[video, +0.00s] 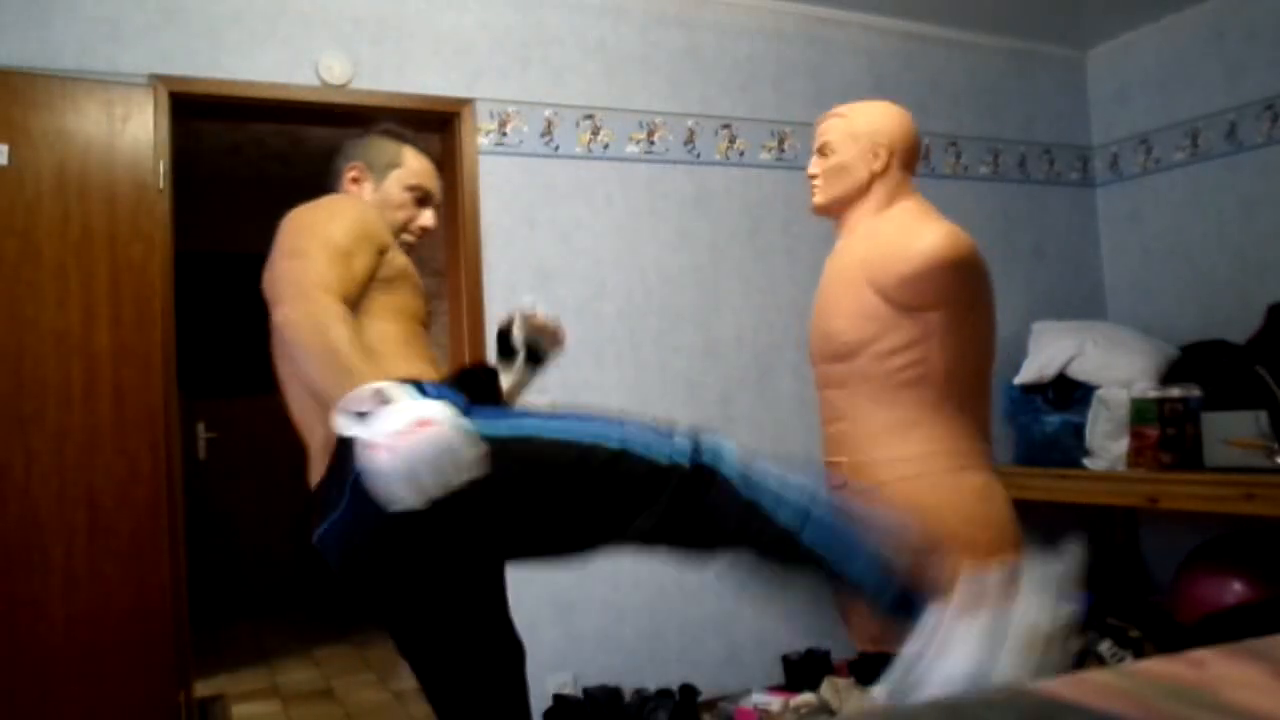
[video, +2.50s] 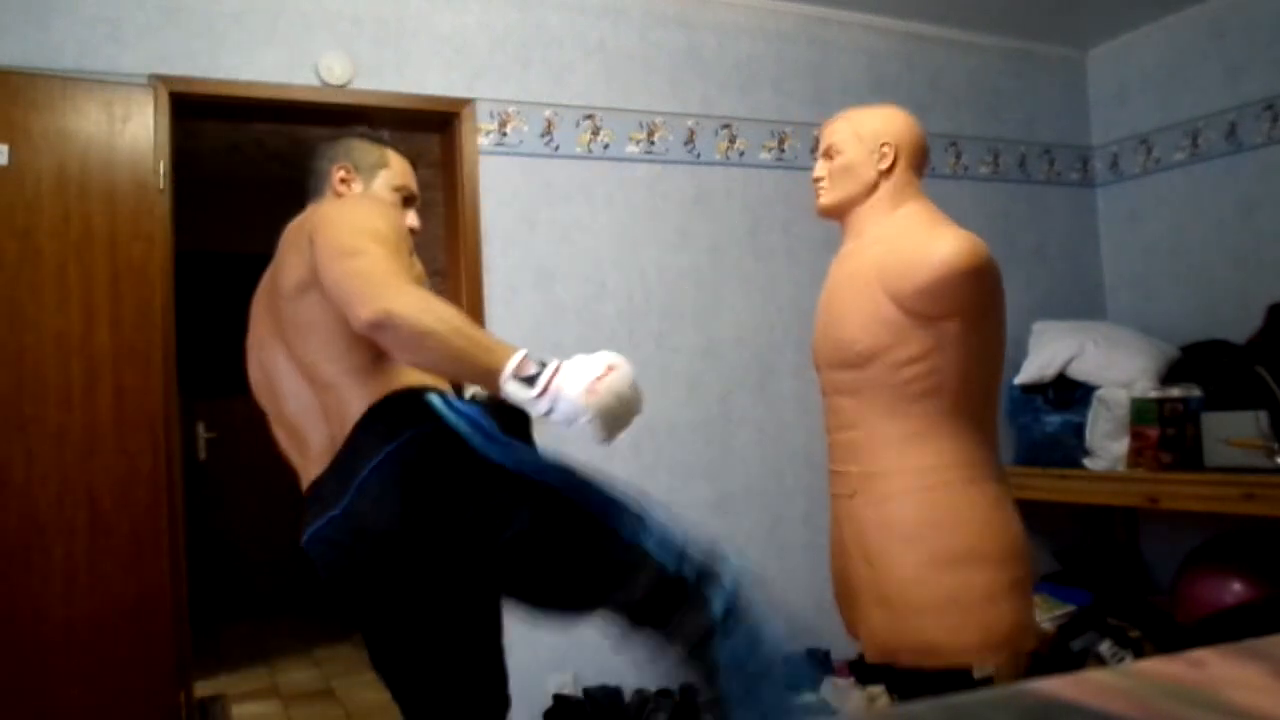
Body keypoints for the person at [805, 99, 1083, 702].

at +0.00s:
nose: (810, 168)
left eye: (825, 153)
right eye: (812, 155)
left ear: (876, 159)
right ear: (871, 162)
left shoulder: (926, 249)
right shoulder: (855, 245)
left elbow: (954, 417)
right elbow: (859, 418)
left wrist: (977, 538)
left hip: (931, 517)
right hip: (870, 509)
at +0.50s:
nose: (801, 163)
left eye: (818, 145)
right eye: (802, 148)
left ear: (877, 153)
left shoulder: (940, 261)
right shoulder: (841, 257)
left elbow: (964, 437)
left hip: (933, 548)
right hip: (863, 544)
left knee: (959, 705)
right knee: (894, 697)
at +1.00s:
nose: (817, 160)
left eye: (836, 144)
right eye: (819, 146)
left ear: (892, 152)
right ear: (886, 154)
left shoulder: (953, 260)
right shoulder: (851, 258)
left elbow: (973, 427)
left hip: (940, 540)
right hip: (871, 537)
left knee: (964, 702)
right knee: (897, 694)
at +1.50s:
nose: (809, 162)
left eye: (827, 145)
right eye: (810, 147)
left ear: (884, 152)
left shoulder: (946, 260)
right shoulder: (842, 261)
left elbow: (966, 431)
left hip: (936, 540)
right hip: (865, 538)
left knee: (960, 703)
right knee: (894, 695)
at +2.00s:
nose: (812, 160)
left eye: (830, 144)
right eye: (813, 146)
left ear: (887, 152)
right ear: (881, 154)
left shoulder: (949, 261)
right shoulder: (846, 260)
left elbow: (966, 433)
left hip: (937, 544)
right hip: (868, 541)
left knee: (960, 703)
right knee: (897, 696)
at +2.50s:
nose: (815, 170)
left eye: (830, 155)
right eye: (817, 156)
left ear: (883, 160)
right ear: (880, 163)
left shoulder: (930, 254)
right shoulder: (859, 254)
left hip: (933, 520)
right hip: (872, 520)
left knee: (955, 697)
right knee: (900, 690)